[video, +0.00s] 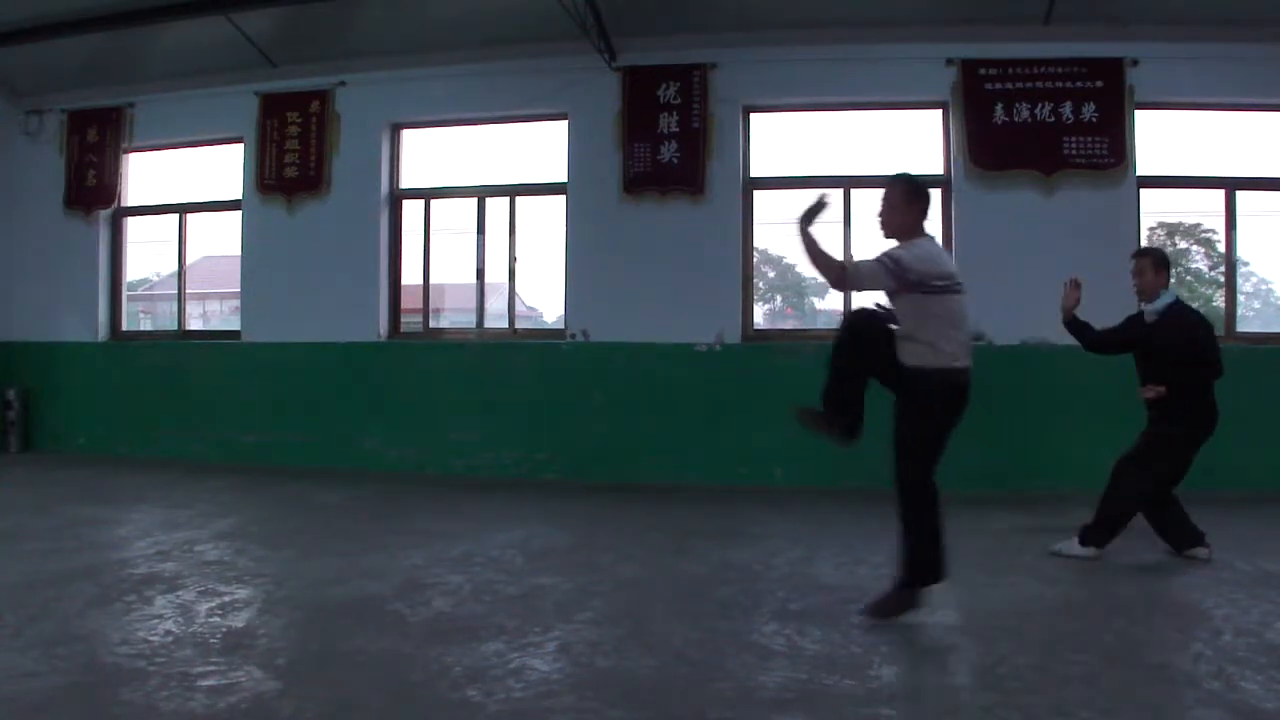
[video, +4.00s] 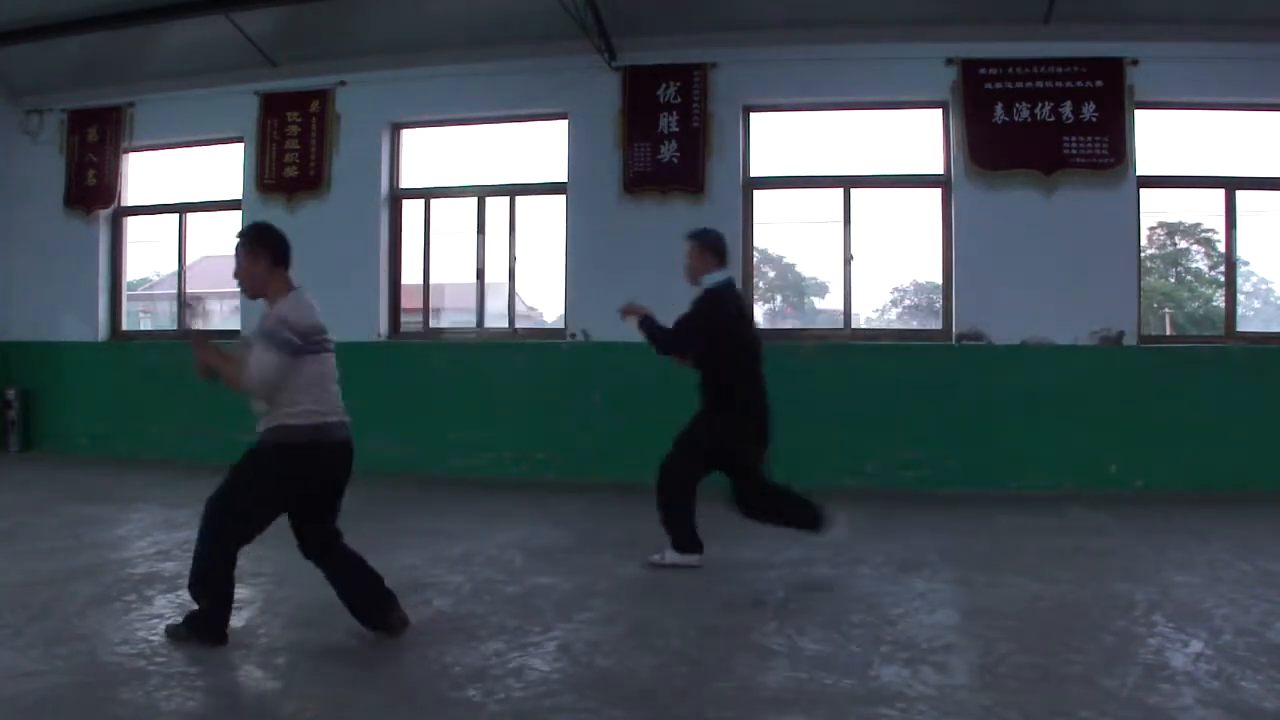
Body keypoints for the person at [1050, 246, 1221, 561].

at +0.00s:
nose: (1135, 282)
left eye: (1141, 275)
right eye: (1133, 276)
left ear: (1162, 277)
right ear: (1136, 278)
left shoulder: (1190, 321)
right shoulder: (1140, 323)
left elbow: (1212, 369)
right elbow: (1100, 343)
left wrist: (1168, 388)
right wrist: (1069, 316)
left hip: (1191, 418)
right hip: (1163, 417)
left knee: (1131, 471)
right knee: (1148, 482)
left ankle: (1091, 541)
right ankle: (1191, 544)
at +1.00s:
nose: (1001, 256)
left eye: (1006, 249)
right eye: (1001, 249)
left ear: (1026, 251)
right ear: (1027, 252)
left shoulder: (1037, 296)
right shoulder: (1040, 290)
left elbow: (1013, 346)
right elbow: (1037, 337)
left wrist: (975, 334)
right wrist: (1006, 316)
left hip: (1047, 402)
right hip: (1046, 398)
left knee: (1012, 468)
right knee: (1014, 464)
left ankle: (1020, 547)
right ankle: (1060, 506)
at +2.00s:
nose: (819, 283)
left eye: (822, 276)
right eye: (819, 276)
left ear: (838, 276)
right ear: (851, 277)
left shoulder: (849, 320)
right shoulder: (848, 315)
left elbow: (796, 326)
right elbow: (839, 367)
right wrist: (812, 353)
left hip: (874, 432)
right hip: (847, 427)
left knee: (855, 518)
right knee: (788, 484)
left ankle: (905, 547)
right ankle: (759, 546)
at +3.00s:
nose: (817, 268)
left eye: (822, 261)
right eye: (817, 261)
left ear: (842, 262)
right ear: (844, 263)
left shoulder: (850, 308)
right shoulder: (851, 302)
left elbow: (795, 325)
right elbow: (845, 352)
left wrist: (755, 292)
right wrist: (811, 347)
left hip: (869, 420)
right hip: (847, 415)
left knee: (861, 496)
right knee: (800, 481)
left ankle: (907, 548)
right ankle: (765, 546)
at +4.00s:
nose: (686, 263)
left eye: (690, 255)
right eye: (687, 255)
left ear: (706, 258)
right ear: (714, 259)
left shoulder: (713, 301)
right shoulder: (731, 300)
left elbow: (673, 344)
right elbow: (700, 347)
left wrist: (643, 319)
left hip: (724, 415)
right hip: (746, 414)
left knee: (675, 473)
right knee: (749, 495)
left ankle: (685, 548)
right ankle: (817, 519)